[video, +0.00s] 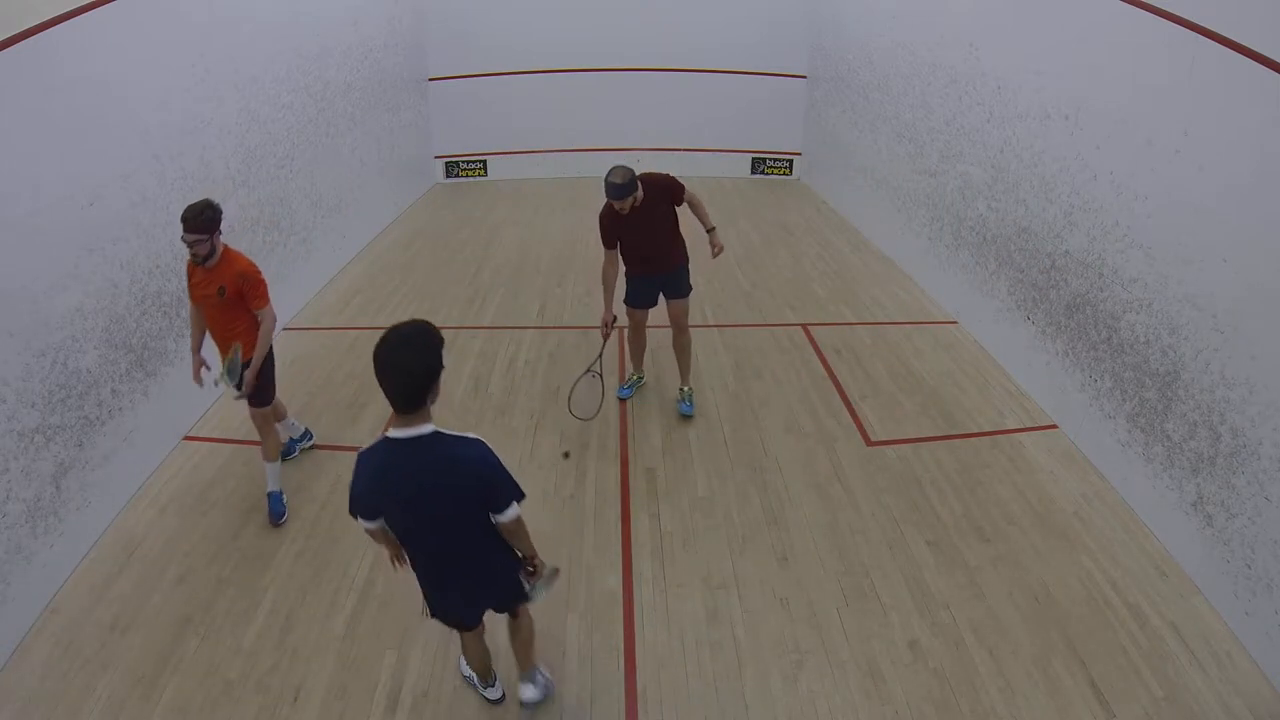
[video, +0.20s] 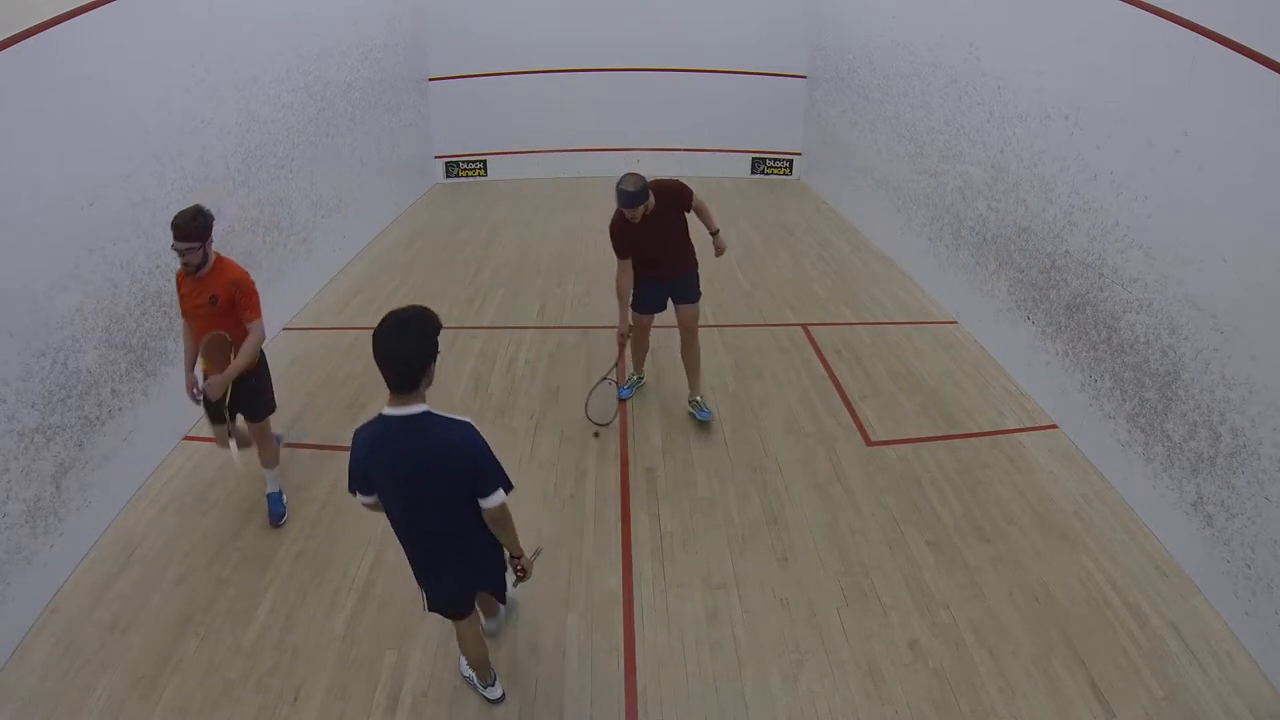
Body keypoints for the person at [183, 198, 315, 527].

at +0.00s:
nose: (192, 250)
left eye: (198, 243)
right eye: (187, 243)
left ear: (217, 236)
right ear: (183, 237)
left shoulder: (241, 269)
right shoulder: (194, 267)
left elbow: (268, 320)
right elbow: (197, 309)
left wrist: (253, 368)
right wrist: (196, 351)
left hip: (256, 353)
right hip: (229, 355)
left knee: (260, 417)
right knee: (261, 398)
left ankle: (274, 490)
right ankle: (296, 434)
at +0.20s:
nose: (183, 259)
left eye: (189, 252)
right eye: (178, 252)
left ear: (208, 244)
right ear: (175, 247)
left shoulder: (236, 278)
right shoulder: (183, 280)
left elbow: (257, 334)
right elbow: (190, 328)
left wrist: (226, 377)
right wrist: (189, 372)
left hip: (247, 364)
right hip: (211, 369)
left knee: (258, 434)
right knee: (224, 437)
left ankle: (273, 490)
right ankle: (268, 440)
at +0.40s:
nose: (172, 272)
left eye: (178, 264)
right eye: (166, 265)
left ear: (197, 255)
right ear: (163, 260)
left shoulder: (228, 287)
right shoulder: (171, 294)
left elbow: (249, 346)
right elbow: (179, 341)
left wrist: (221, 396)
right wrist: (184, 388)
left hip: (241, 381)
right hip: (202, 389)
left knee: (260, 443)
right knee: (216, 467)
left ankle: (273, 491)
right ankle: (245, 514)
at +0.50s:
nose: (166, 283)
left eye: (171, 274)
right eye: (159, 276)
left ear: (190, 263)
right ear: (155, 270)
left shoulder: (222, 296)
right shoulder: (163, 305)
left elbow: (248, 356)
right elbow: (174, 355)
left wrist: (229, 412)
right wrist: (184, 399)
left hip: (238, 391)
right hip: (199, 401)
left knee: (259, 444)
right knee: (219, 478)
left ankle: (275, 488)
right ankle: (245, 555)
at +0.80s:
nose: (143, 306)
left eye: (149, 295)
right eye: (134, 299)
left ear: (167, 284)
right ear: (126, 295)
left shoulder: (205, 320)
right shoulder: (131, 341)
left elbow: (244, 373)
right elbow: (147, 396)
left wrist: (265, 426)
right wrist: (166, 444)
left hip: (226, 434)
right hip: (184, 448)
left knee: (250, 498)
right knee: (217, 516)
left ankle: (270, 507)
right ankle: (254, 571)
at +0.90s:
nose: (143, 313)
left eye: (151, 302)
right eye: (133, 305)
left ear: (166, 289)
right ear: (124, 300)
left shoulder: (203, 324)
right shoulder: (122, 350)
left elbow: (243, 374)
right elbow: (132, 405)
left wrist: (269, 427)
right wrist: (155, 458)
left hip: (225, 440)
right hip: (181, 457)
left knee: (261, 519)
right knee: (218, 523)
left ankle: (275, 547)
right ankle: (253, 572)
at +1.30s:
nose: (173, 351)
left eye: (180, 338)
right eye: (160, 344)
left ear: (191, 325)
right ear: (143, 338)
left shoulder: (224, 364)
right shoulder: (133, 400)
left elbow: (253, 421)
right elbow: (138, 473)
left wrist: (276, 479)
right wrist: (150, 547)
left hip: (253, 492)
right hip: (204, 515)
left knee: (282, 571)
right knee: (233, 568)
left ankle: (311, 647)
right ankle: (253, 576)